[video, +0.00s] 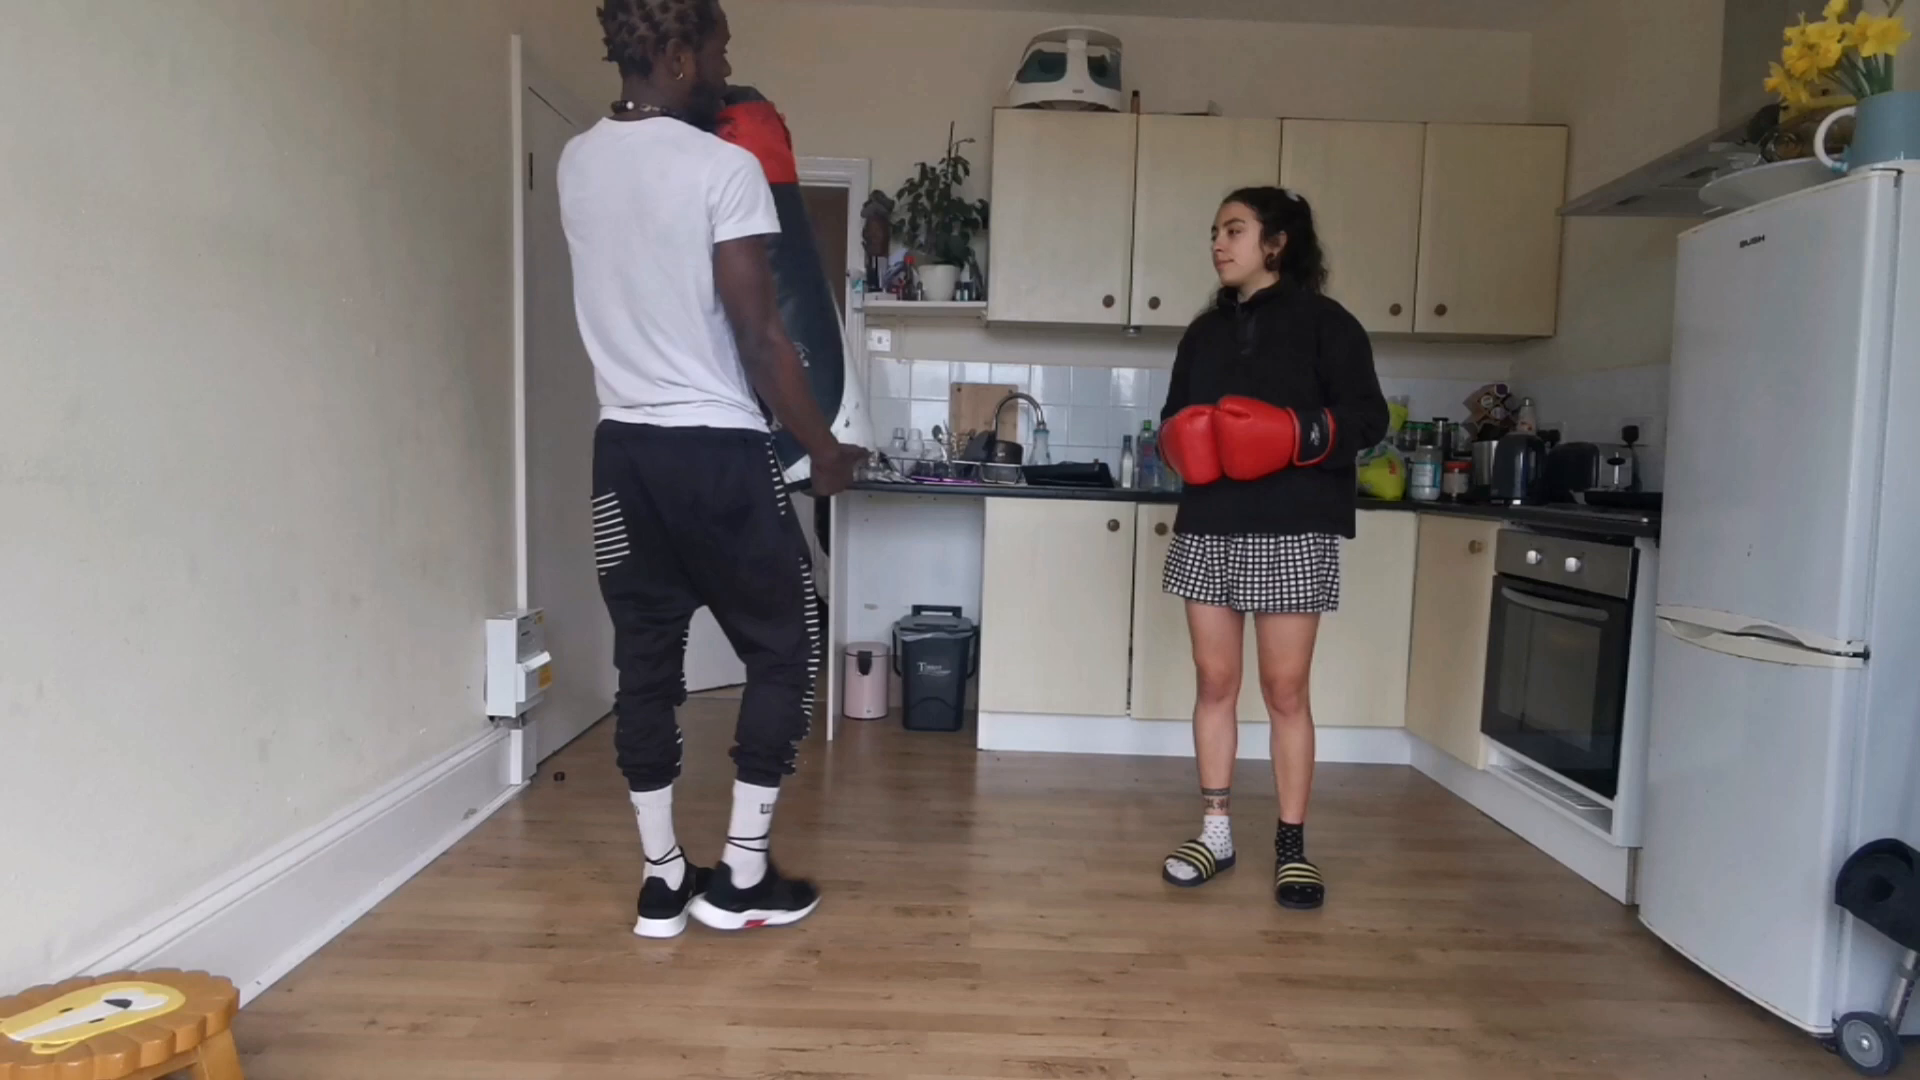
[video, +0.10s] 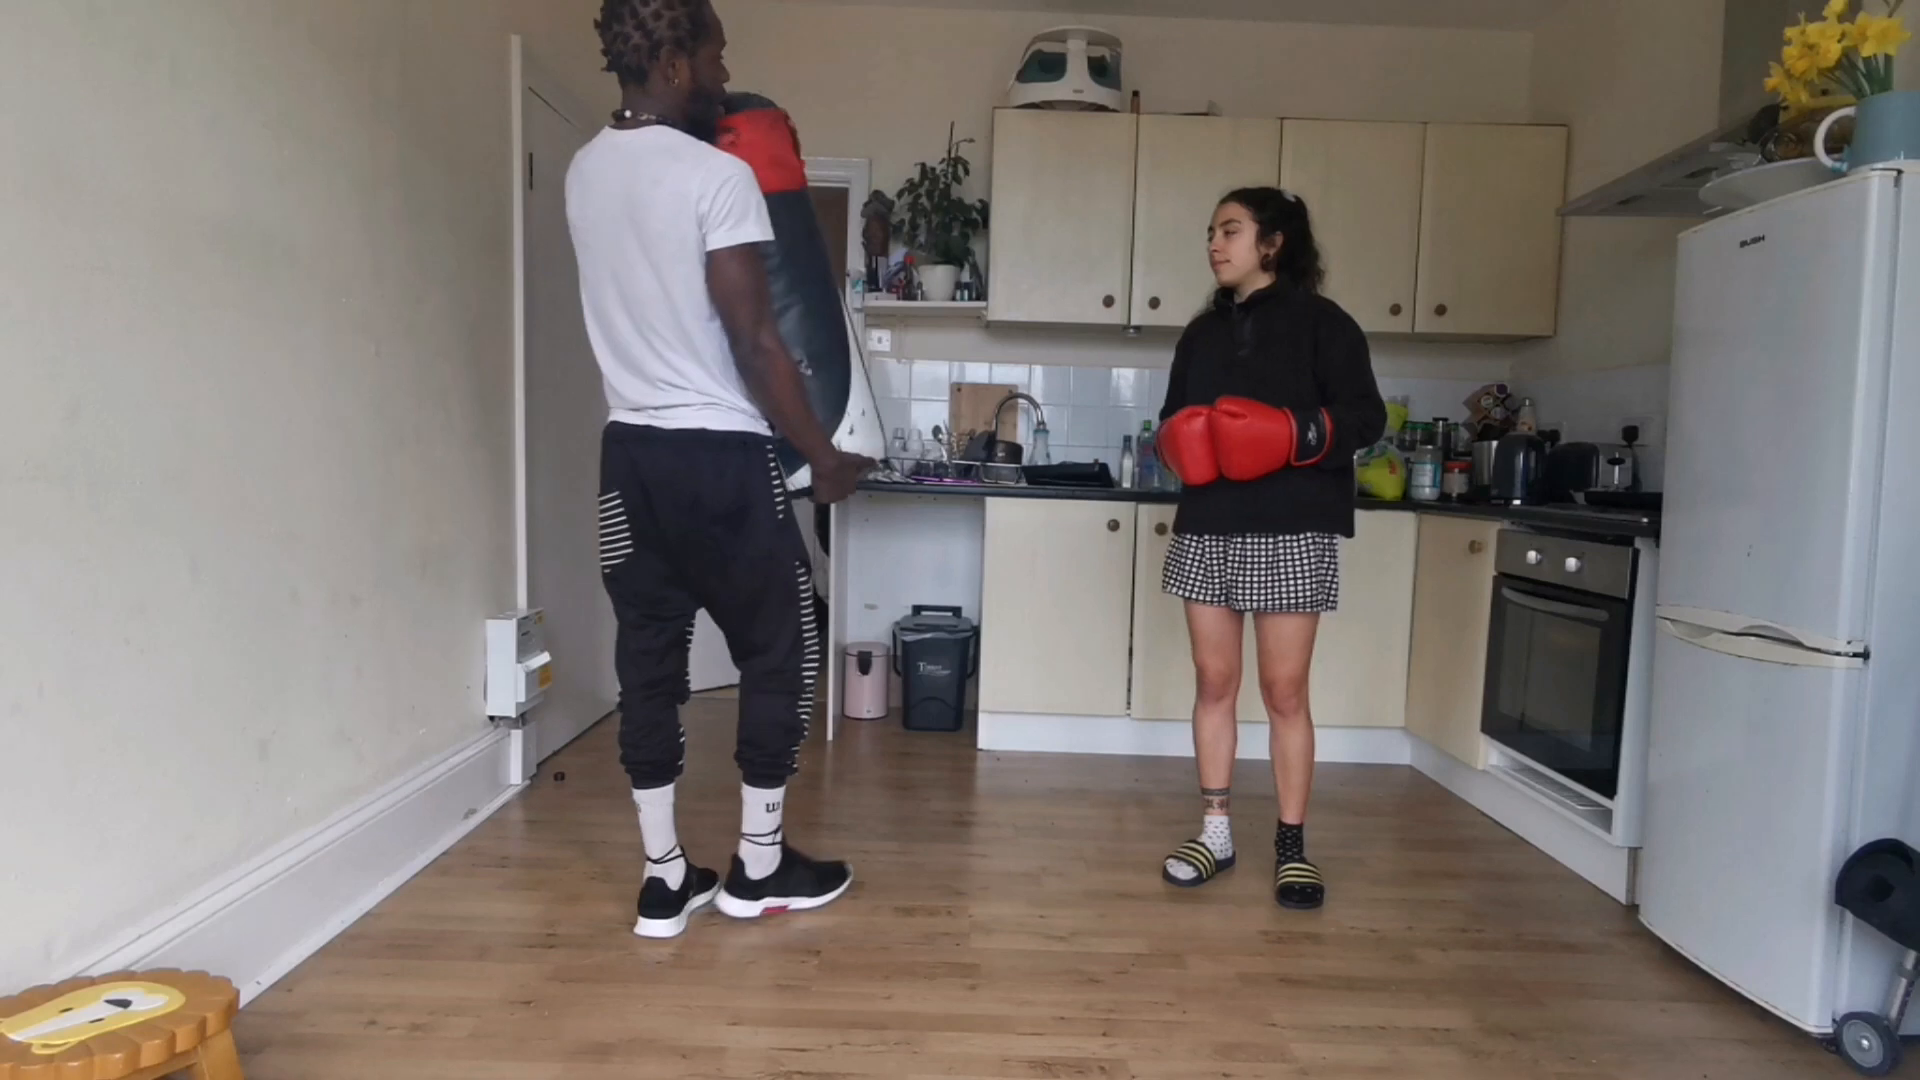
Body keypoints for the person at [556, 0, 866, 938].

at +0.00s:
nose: (721, 69)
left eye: (718, 50)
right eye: (715, 50)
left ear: (625, 54)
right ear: (678, 53)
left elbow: (612, 277)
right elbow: (759, 331)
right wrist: (823, 445)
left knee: (644, 663)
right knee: (782, 650)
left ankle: (662, 878)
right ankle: (745, 874)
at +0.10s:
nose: (724, 76)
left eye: (721, 56)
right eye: (716, 57)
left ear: (632, 63)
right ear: (676, 62)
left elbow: (625, 296)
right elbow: (752, 336)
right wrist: (822, 452)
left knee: (648, 658)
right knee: (778, 647)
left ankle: (664, 873)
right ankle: (762, 862)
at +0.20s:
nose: (726, 93)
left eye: (722, 74)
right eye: (715, 74)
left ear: (636, 84)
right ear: (676, 80)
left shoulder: (606, 188)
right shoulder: (706, 196)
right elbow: (744, 359)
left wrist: (737, 146)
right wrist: (819, 471)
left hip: (652, 455)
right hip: (732, 459)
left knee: (677, 659)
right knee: (769, 656)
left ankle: (667, 870)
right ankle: (762, 854)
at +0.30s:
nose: (734, 99)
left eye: (730, 81)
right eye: (723, 81)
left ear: (650, 94)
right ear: (678, 90)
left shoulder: (625, 193)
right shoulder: (707, 206)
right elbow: (743, 362)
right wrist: (827, 473)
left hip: (670, 461)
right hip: (738, 462)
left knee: (706, 649)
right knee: (771, 656)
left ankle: (671, 850)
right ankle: (761, 860)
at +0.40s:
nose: (739, 101)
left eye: (735, 84)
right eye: (726, 84)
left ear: (659, 101)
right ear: (679, 96)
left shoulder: (636, 194)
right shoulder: (713, 211)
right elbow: (751, 361)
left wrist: (754, 143)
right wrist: (833, 477)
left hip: (686, 453)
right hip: (742, 456)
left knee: (741, 632)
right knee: (768, 644)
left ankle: (678, 811)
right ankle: (760, 860)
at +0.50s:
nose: (732, 101)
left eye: (725, 85)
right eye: (717, 87)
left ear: (659, 109)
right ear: (670, 105)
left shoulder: (643, 197)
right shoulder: (701, 214)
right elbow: (767, 360)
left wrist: (767, 147)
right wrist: (848, 481)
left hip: (700, 449)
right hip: (749, 453)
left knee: (759, 624)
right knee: (772, 638)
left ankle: (697, 798)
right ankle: (760, 859)